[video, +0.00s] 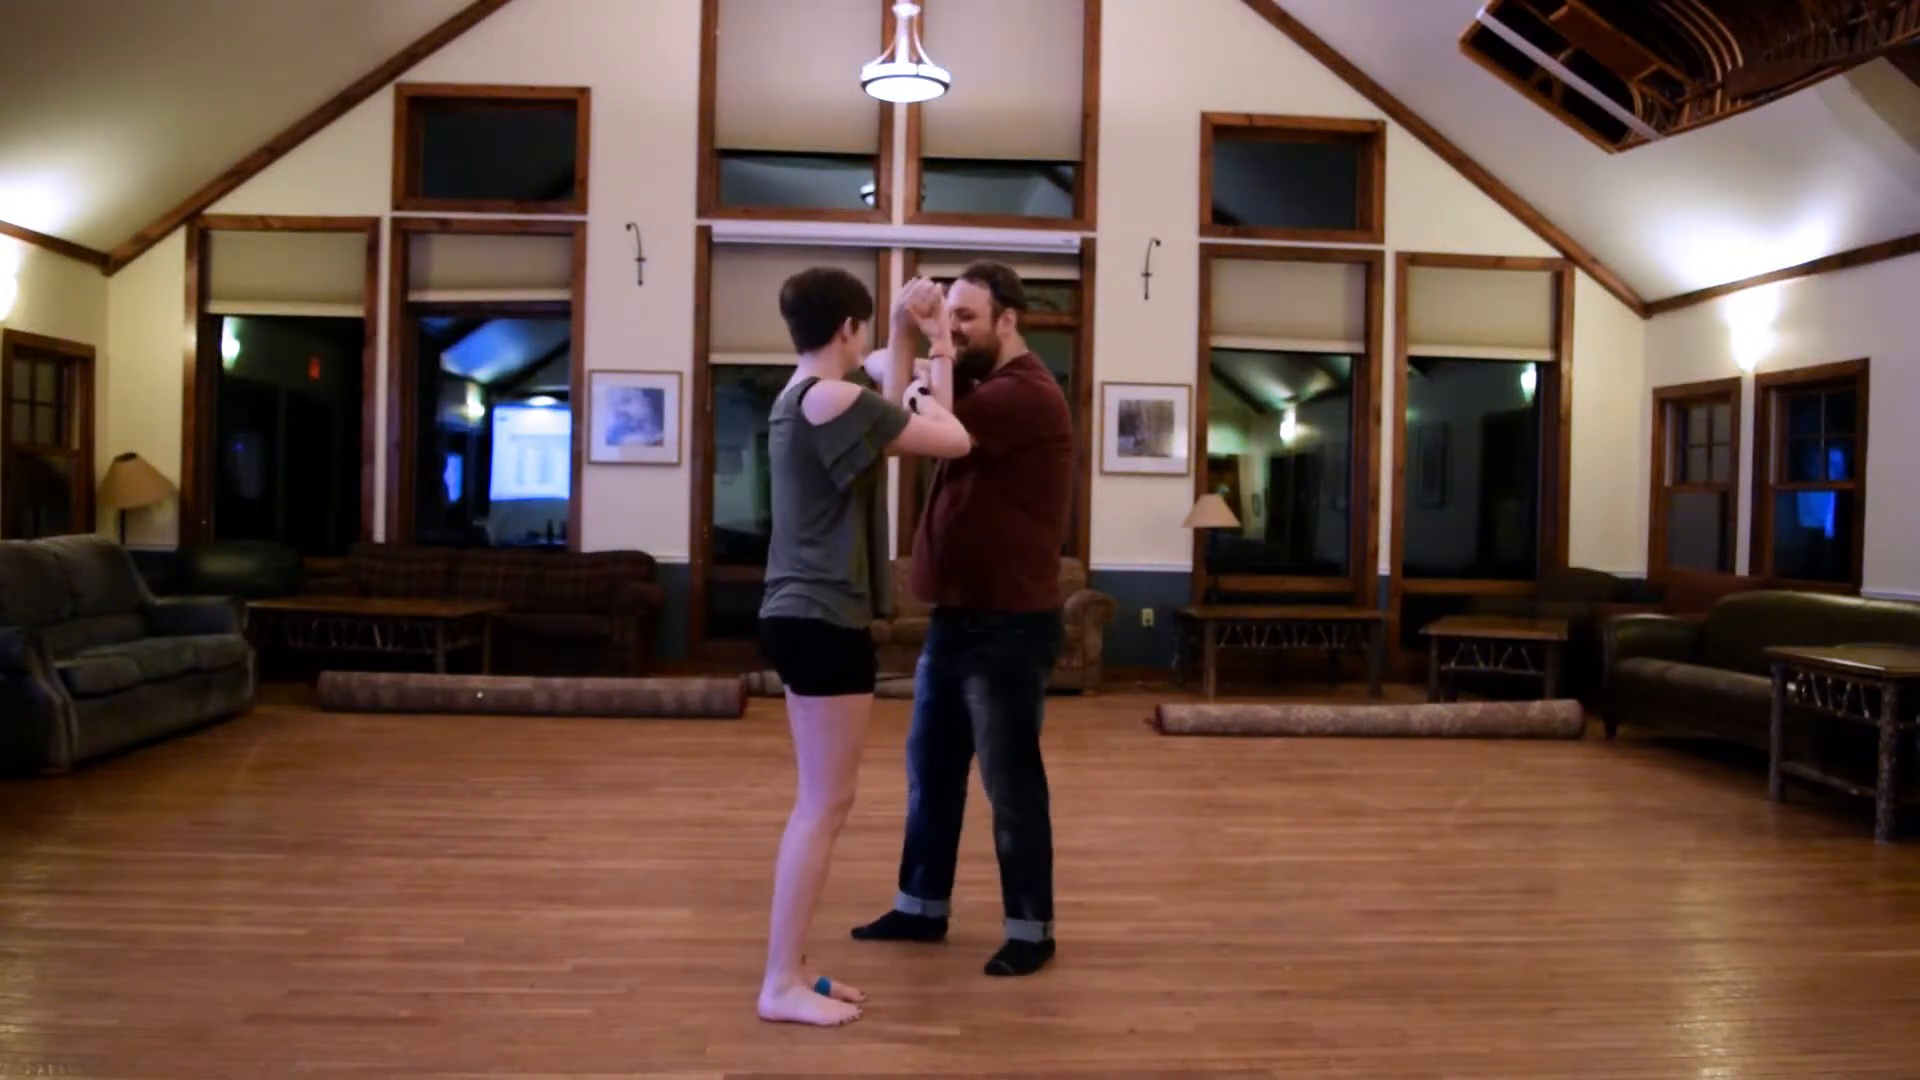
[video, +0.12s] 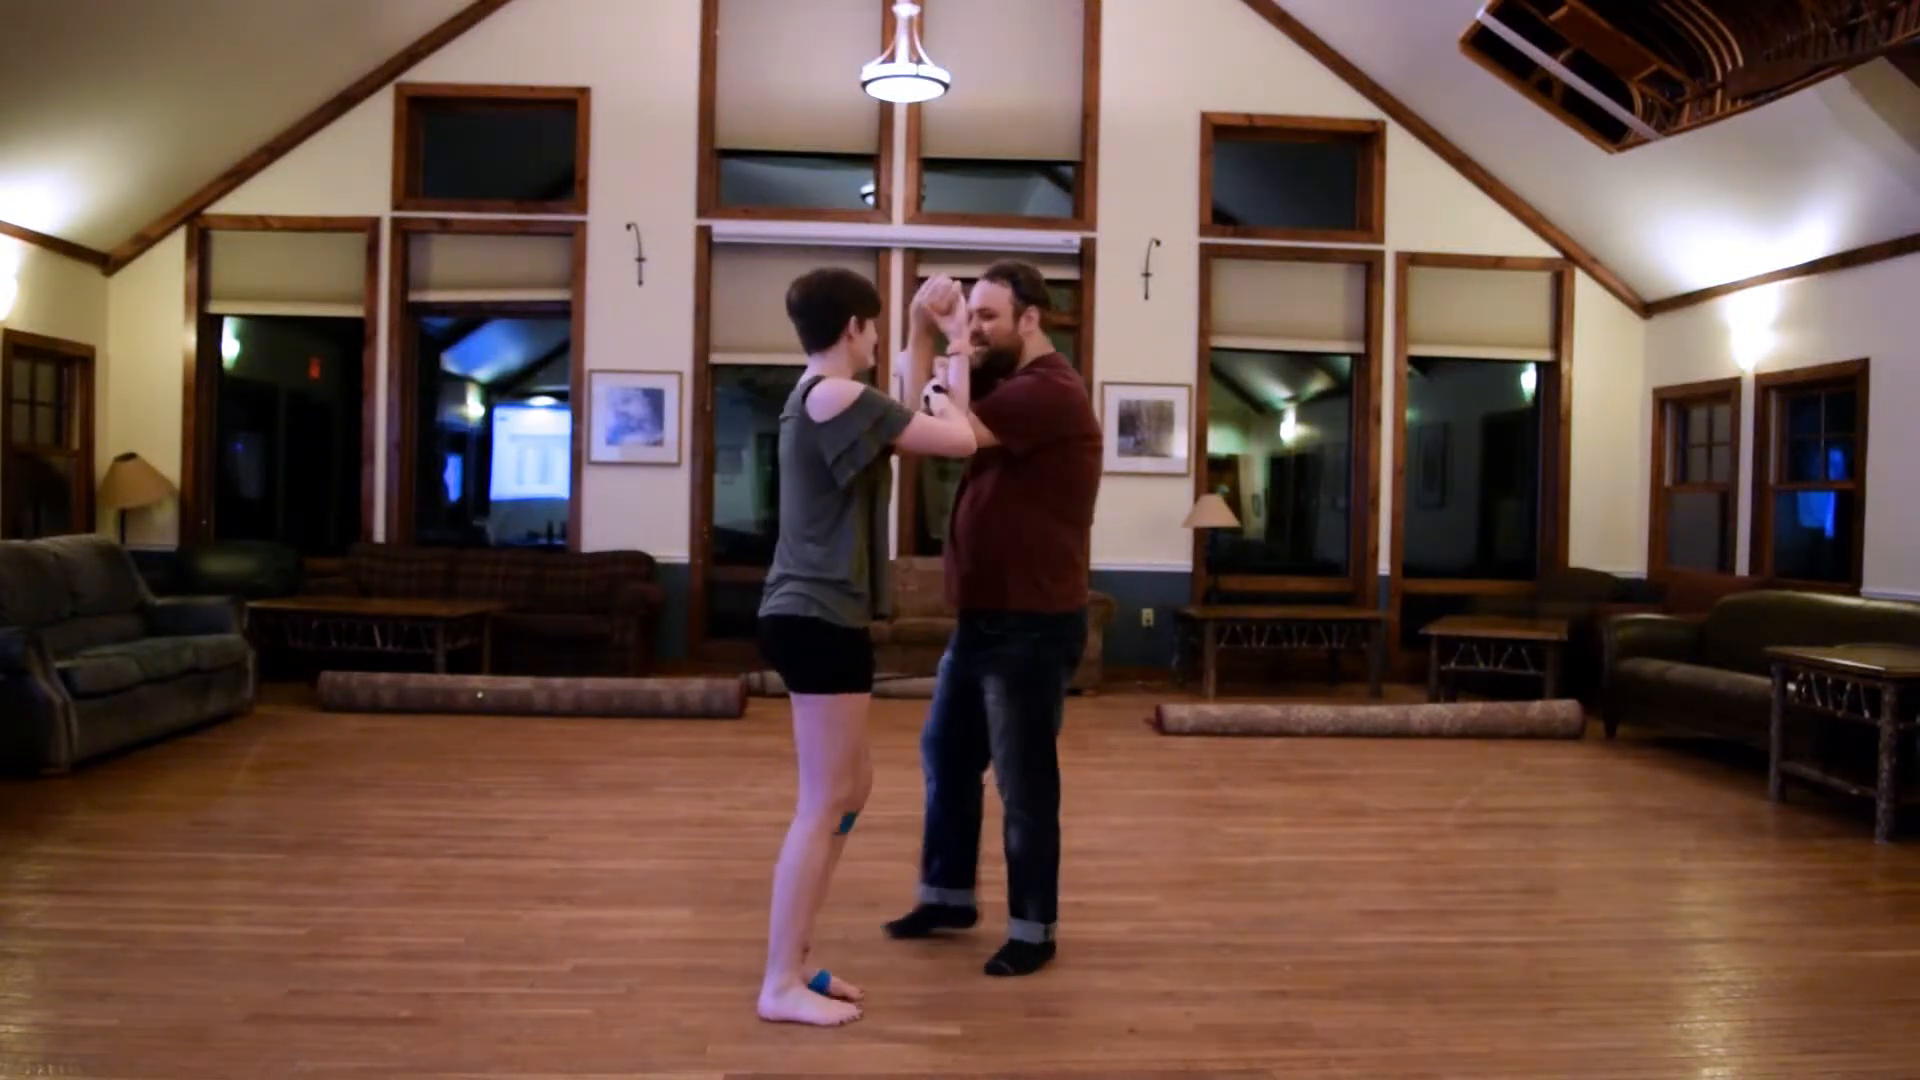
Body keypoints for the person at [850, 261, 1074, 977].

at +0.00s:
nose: (952, 329)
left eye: (967, 316)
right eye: (948, 316)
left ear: (1007, 322)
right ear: (955, 326)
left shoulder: (1029, 392)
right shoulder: (972, 385)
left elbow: (935, 428)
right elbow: (902, 411)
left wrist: (939, 349)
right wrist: (904, 329)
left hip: (1013, 620)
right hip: (956, 615)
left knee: (1010, 779)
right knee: (933, 766)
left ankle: (1030, 930)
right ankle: (921, 910)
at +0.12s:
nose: (971, 332)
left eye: (987, 318)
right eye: (968, 319)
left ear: (1030, 321)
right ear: (976, 324)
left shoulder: (1051, 389)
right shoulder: (1004, 385)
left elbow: (954, 427)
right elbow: (927, 413)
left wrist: (959, 349)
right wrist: (925, 330)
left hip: (1037, 620)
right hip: (983, 616)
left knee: (1023, 777)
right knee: (948, 752)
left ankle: (1033, 929)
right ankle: (947, 900)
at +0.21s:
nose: (991, 327)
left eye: (1005, 314)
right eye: (990, 315)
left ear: (1049, 315)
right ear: (1007, 321)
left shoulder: (1067, 385)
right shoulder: (1023, 381)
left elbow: (973, 424)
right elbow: (932, 413)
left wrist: (972, 349)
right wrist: (940, 329)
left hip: (1044, 619)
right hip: (995, 613)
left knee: (1032, 776)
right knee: (957, 739)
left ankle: (1038, 924)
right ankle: (1005, 877)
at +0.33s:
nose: (1018, 322)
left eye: (1030, 310)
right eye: (1016, 311)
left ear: (1073, 314)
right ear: (1032, 317)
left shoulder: (1090, 384)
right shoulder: (1045, 372)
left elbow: (990, 427)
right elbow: (969, 396)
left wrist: (977, 347)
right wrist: (966, 329)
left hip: (1064, 617)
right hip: (1019, 611)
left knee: (1045, 775)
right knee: (998, 748)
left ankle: (1039, 928)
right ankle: (1099, 863)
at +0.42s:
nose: (1032, 324)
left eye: (1044, 312)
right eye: (1031, 313)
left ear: (1086, 315)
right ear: (1058, 317)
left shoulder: (1101, 386)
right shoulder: (1061, 371)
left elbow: (996, 430)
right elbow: (974, 399)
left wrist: (990, 352)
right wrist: (974, 331)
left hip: (1076, 615)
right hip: (1036, 610)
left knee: (1049, 767)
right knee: (1043, 761)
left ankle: (1038, 927)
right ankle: (1135, 884)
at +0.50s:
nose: (1044, 327)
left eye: (1056, 315)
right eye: (1044, 316)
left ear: (1097, 318)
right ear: (1082, 319)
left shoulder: (1111, 389)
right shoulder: (1080, 373)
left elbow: (1001, 434)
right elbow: (983, 401)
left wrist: (1002, 353)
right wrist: (984, 335)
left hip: (1085, 618)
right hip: (1068, 613)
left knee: (1051, 775)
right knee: (1089, 765)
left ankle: (1040, 927)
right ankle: (1153, 910)